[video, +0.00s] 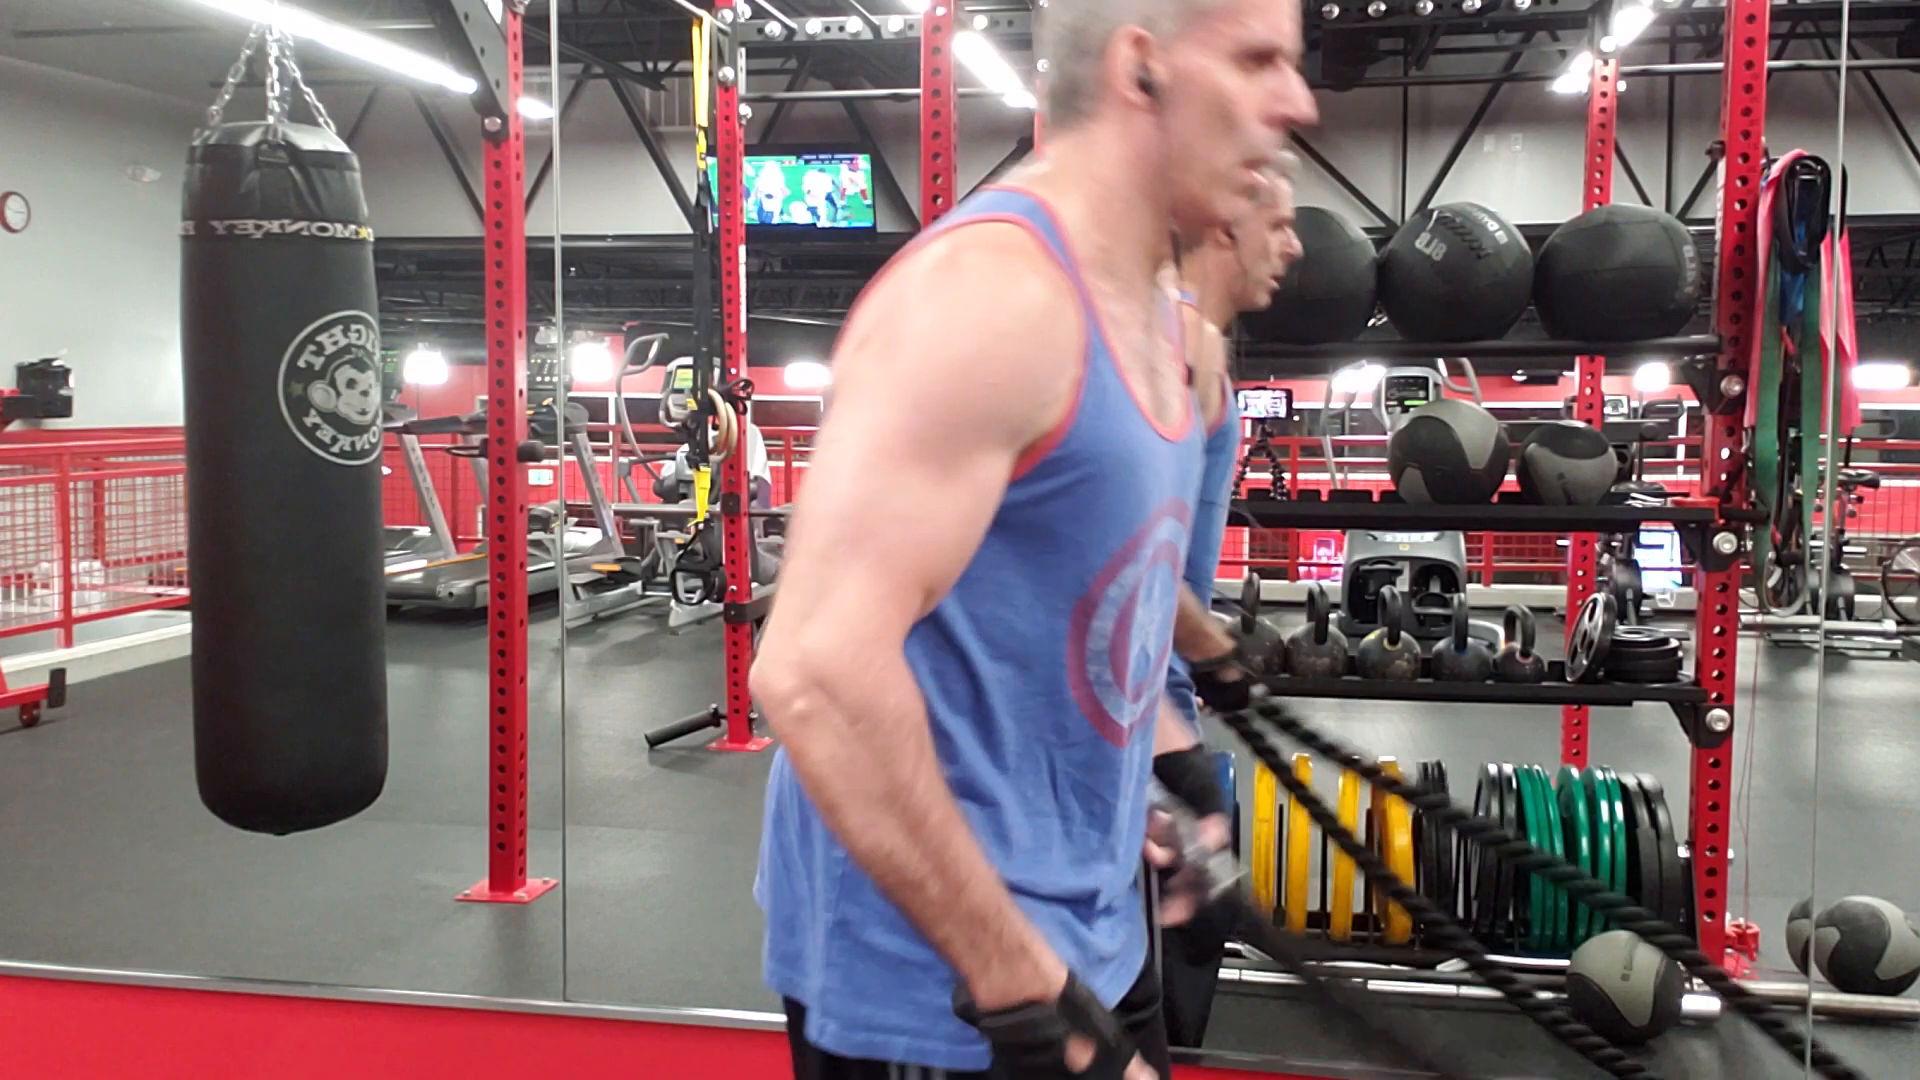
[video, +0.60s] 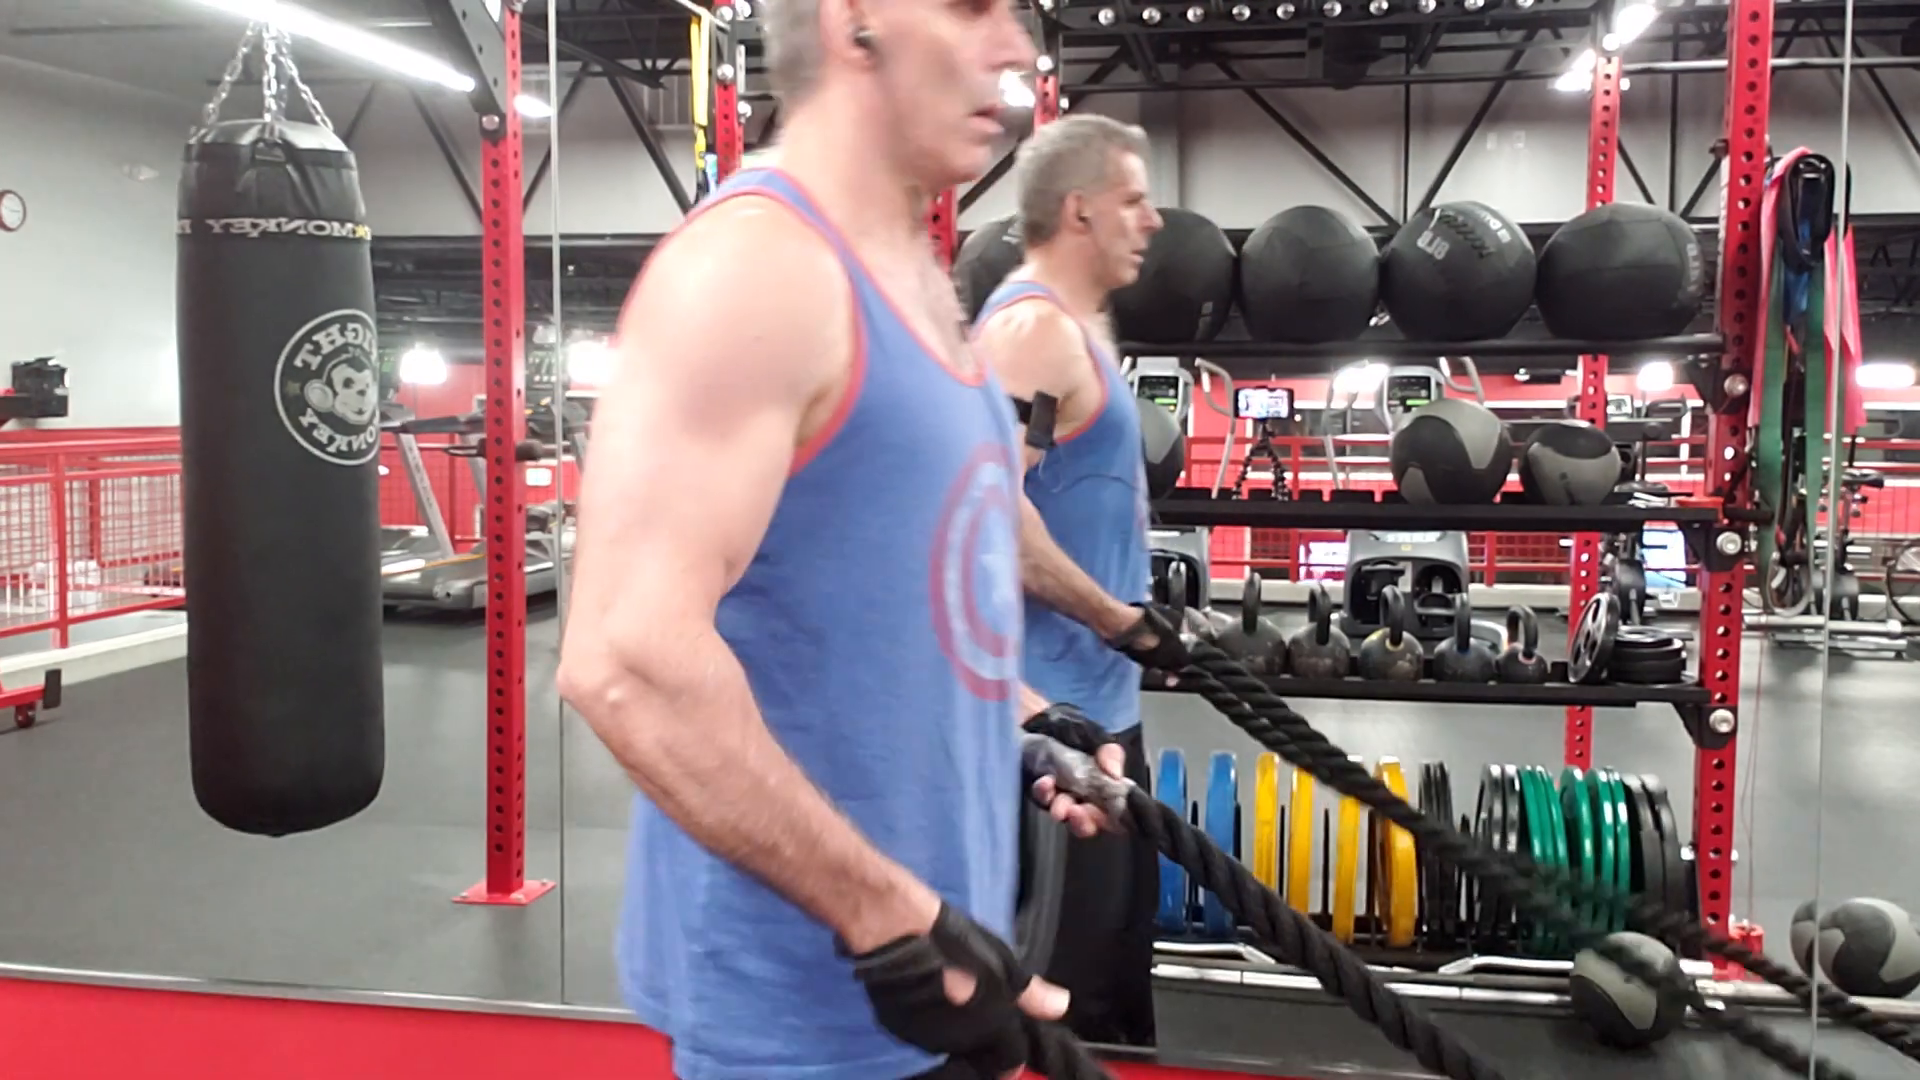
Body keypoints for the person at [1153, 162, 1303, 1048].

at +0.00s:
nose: (1291, 249)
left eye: (1291, 229)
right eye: (1278, 225)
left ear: (1224, 235)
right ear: (1218, 227)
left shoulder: (1206, 345)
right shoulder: (1186, 342)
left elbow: (1162, 541)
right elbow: (1127, 549)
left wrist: (1213, 638)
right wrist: (1211, 641)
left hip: (1165, 697)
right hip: (1146, 703)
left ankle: (1168, 1040)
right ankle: (1161, 1043)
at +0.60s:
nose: (1153, 220)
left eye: (1150, 199)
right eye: (1137, 199)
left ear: (1078, 212)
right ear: (1076, 211)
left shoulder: (1076, 326)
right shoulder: (1038, 329)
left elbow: (1025, 502)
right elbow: (989, 504)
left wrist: (1127, 612)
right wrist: (1115, 618)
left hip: (1094, 704)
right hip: (1053, 713)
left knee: (1099, 970)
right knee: (1062, 968)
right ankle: (1040, 1065)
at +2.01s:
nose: (1033, 277)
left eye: (1039, 257)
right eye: (1024, 252)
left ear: (970, 234)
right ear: (966, 231)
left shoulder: (923, 338)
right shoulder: (899, 339)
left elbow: (923, 535)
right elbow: (883, 539)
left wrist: (1020, 623)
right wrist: (1023, 638)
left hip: (925, 712)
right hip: (898, 720)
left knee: (943, 989)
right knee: (940, 995)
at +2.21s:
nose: (1047, 269)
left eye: (1051, 248)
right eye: (1037, 244)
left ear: (982, 236)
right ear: (978, 233)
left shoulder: (935, 345)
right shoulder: (908, 348)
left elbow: (928, 539)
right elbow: (887, 552)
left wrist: (1012, 624)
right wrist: (1018, 666)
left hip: (944, 724)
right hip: (899, 735)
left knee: (976, 975)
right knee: (939, 1000)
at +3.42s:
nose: (1064, 284)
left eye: (1063, 263)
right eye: (1049, 261)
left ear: (996, 268)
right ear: (992, 265)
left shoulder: (960, 377)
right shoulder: (930, 376)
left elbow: (952, 571)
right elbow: (894, 573)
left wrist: (1017, 672)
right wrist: (1012, 700)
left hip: (937, 720)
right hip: (898, 727)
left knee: (963, 958)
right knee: (982, 939)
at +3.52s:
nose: (1055, 284)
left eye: (1055, 263)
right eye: (1040, 261)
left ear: (989, 268)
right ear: (982, 265)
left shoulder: (955, 378)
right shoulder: (923, 377)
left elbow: (948, 571)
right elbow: (889, 574)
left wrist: (1017, 669)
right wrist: (1006, 696)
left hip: (939, 717)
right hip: (894, 725)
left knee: (986, 930)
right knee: (984, 928)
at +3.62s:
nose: (1043, 284)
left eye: (1042, 263)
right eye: (1028, 261)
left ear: (977, 269)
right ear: (972, 265)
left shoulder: (951, 381)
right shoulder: (914, 380)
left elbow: (948, 575)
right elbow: (888, 575)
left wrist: (1019, 674)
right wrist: (1006, 696)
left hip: (941, 718)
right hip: (895, 725)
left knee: (988, 931)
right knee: (991, 929)